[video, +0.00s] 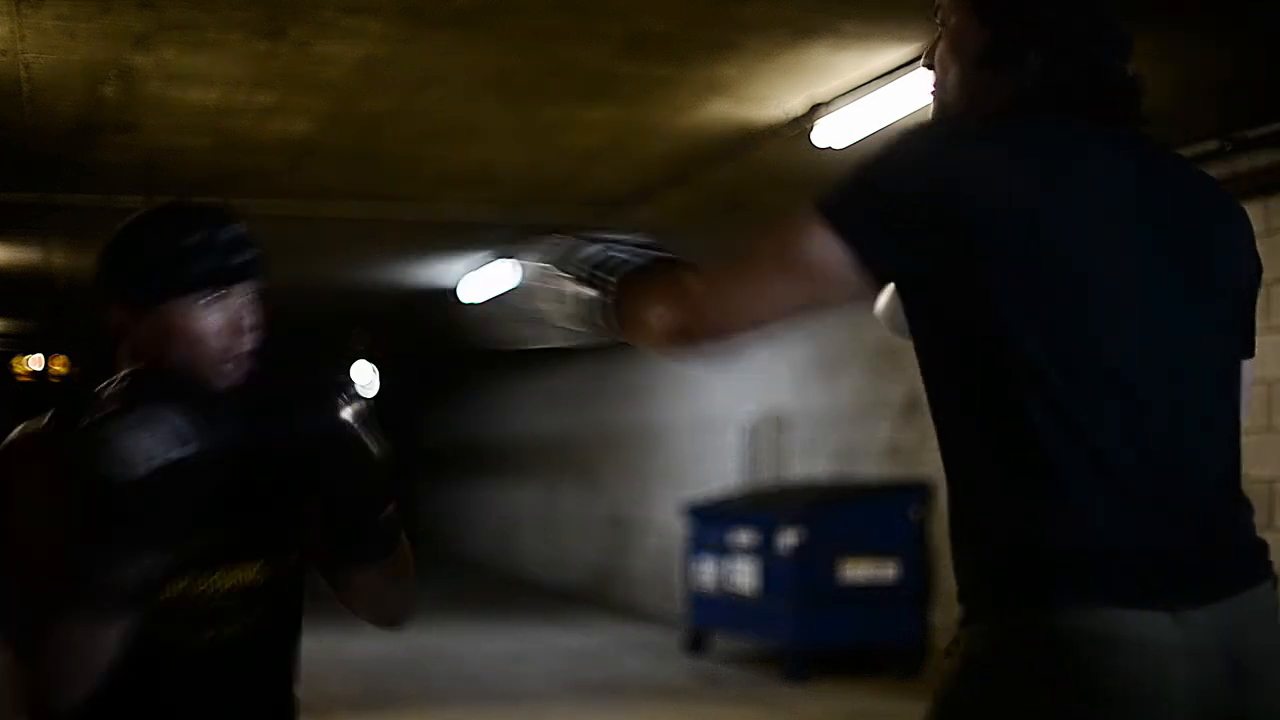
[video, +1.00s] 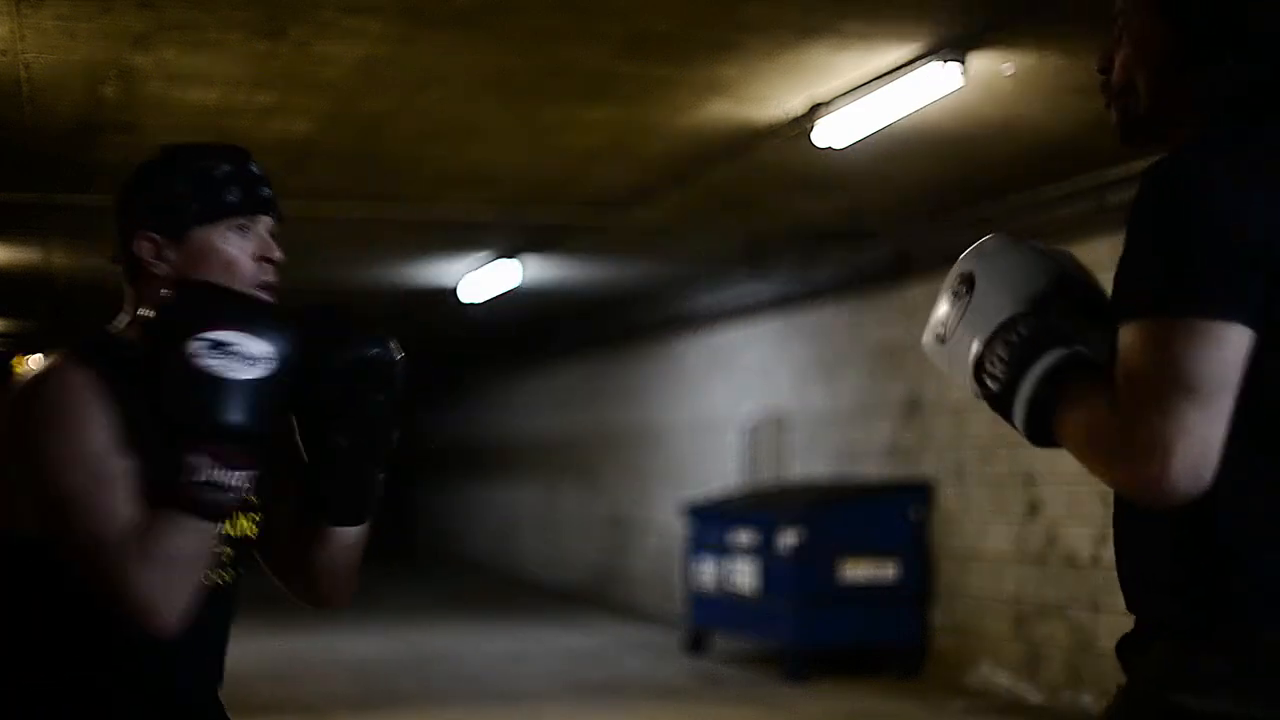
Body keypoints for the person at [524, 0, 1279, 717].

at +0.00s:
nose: (931, 59)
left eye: (943, 33)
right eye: (935, 34)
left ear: (987, 37)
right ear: (1100, 48)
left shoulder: (942, 170)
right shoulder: (1209, 204)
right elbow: (1217, 415)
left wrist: (632, 294)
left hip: (1057, 636)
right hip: (1240, 629)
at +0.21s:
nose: (897, 60)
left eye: (914, 31)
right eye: (903, 33)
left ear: (973, 36)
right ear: (1055, 44)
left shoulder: (971, 177)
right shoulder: (1152, 191)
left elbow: (937, 440)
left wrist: (755, 352)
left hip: (1058, 646)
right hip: (1195, 622)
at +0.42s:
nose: (932, 64)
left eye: (952, 35)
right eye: (937, 40)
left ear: (1022, 38)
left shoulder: (1125, 175)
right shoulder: (1062, 192)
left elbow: (1142, 444)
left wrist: (900, 331)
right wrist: (849, 372)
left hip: (1135, 661)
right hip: (1068, 651)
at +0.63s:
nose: (1026, 65)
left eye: (1047, 33)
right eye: (1035, 36)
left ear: (1116, 39)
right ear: (1123, 43)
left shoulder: (1189, 186)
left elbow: (1164, 450)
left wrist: (954, 361)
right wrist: (1021, 338)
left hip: (1202, 659)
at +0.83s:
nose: (1100, 60)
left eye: (1118, 27)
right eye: (1106, 31)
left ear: (1183, 28)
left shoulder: (1197, 155)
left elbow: (1148, 434)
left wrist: (1015, 344)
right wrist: (1097, 308)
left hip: (1234, 642)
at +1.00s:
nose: (1106, 67)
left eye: (1125, 31)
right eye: (1111, 37)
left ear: (1195, 32)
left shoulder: (1213, 176)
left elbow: (1167, 453)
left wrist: (1026, 360)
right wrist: (1101, 330)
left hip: (1226, 659)